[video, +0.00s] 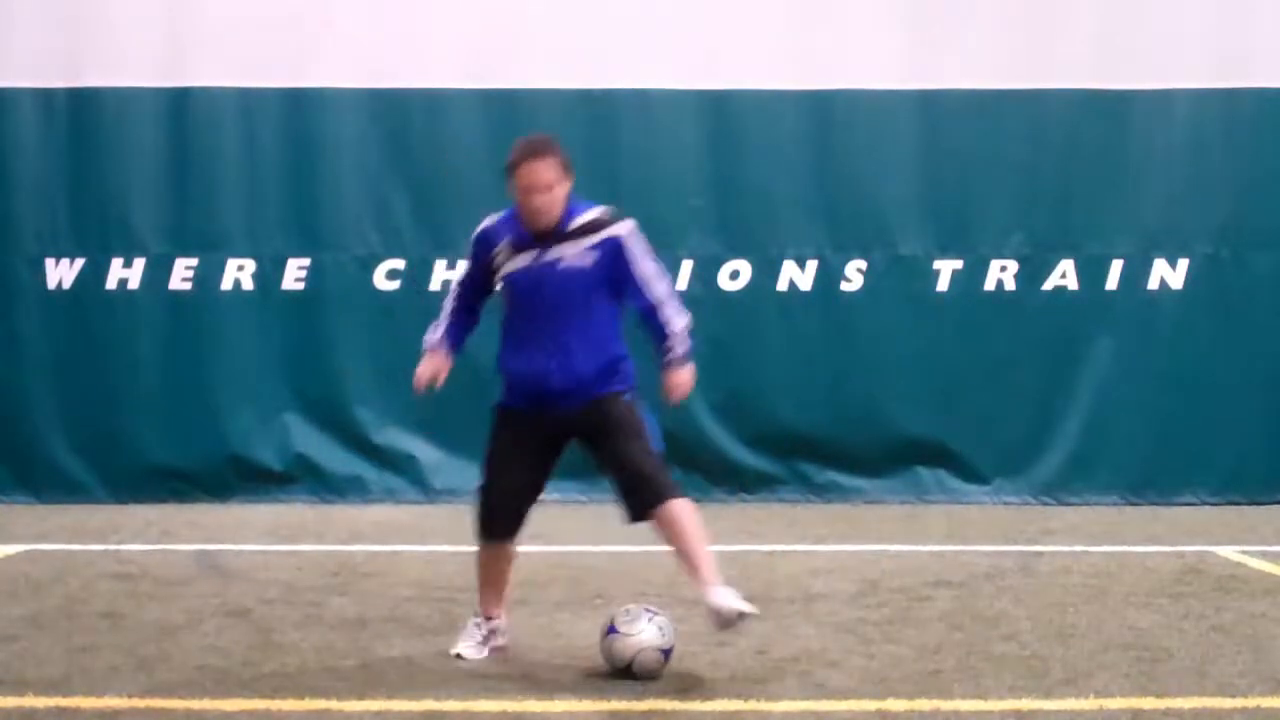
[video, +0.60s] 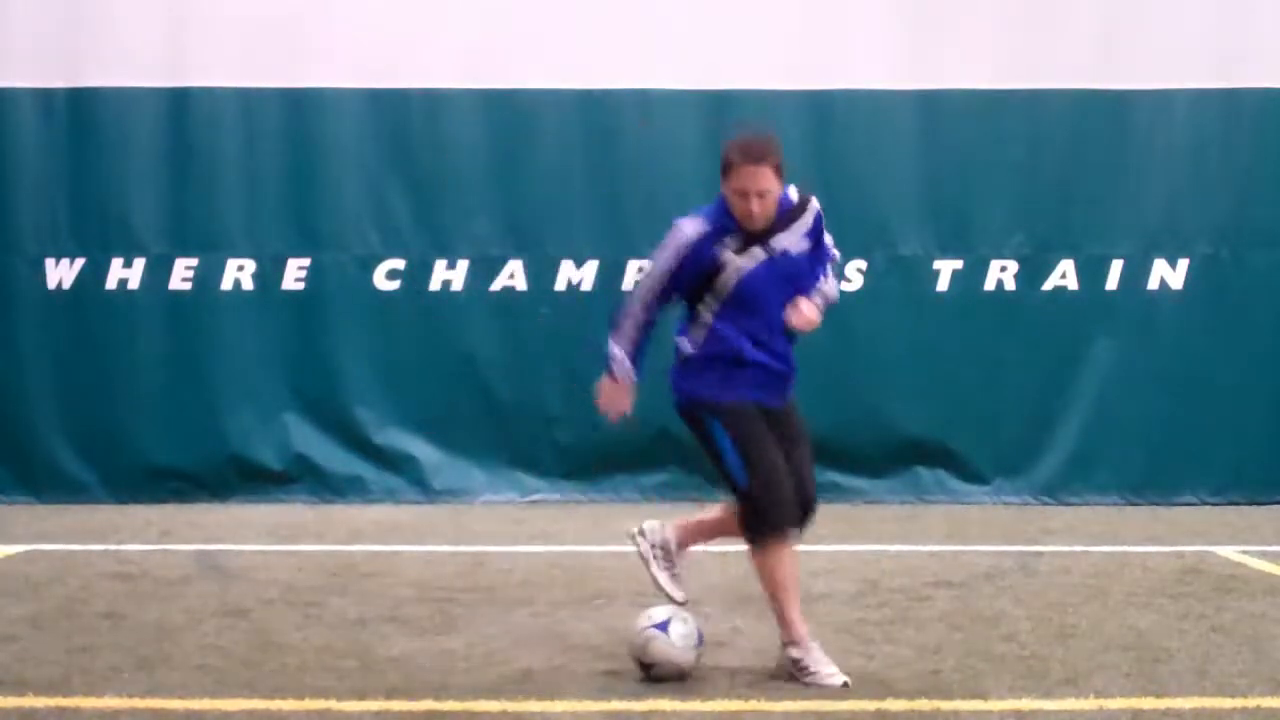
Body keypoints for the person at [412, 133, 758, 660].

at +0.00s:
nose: (535, 201)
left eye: (545, 189)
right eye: (526, 191)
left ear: (567, 184)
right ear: (512, 191)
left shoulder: (609, 230)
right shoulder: (496, 238)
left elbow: (657, 292)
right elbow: (465, 296)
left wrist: (678, 353)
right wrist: (440, 346)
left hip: (602, 395)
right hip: (527, 402)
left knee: (649, 481)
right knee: (497, 512)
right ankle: (490, 622)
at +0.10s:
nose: (581, 169)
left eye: (591, 158)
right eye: (571, 159)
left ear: (613, 156)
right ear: (555, 160)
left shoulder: (649, 205)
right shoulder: (533, 209)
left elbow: (697, 264)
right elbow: (503, 262)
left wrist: (714, 329)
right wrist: (489, 315)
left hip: (640, 372)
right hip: (563, 375)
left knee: (684, 483)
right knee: (519, 482)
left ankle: (732, 603)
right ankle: (527, 600)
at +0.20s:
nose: (627, 178)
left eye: (637, 167)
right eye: (617, 167)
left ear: (657, 168)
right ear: (601, 169)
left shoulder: (691, 217)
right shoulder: (576, 216)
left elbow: (737, 283)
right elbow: (549, 272)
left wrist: (752, 353)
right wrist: (537, 323)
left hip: (672, 379)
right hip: (601, 375)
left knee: (703, 502)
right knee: (561, 450)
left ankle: (724, 619)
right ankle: (598, 556)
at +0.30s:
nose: (670, 197)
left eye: (681, 186)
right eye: (660, 187)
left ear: (701, 185)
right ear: (645, 186)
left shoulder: (733, 234)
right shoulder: (619, 230)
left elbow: (771, 302)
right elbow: (582, 289)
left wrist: (784, 362)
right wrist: (569, 341)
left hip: (705, 390)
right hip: (634, 381)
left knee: (724, 520)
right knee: (612, 439)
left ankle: (728, 629)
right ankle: (633, 576)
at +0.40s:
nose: (705, 185)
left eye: (715, 173)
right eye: (694, 173)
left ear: (732, 168)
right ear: (675, 168)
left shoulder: (762, 209)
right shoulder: (643, 216)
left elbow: (799, 264)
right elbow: (597, 279)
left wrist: (797, 310)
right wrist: (578, 341)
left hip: (733, 362)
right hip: (666, 354)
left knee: (740, 498)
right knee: (676, 420)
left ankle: (729, 621)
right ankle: (673, 538)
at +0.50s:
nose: (729, 181)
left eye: (739, 169)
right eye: (717, 169)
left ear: (756, 163)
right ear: (699, 164)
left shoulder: (786, 197)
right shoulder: (673, 208)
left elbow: (814, 243)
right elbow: (616, 265)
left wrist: (803, 285)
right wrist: (593, 338)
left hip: (750, 357)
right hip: (685, 350)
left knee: (772, 479)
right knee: (732, 450)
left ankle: (697, 572)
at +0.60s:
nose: (755, 207)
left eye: (764, 194)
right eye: (743, 195)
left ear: (781, 184)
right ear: (724, 188)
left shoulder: (804, 215)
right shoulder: (699, 235)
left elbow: (827, 269)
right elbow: (644, 298)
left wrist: (814, 301)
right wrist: (619, 369)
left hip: (772, 385)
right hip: (712, 388)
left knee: (796, 504)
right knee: (770, 505)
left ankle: (669, 539)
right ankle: (798, 645)